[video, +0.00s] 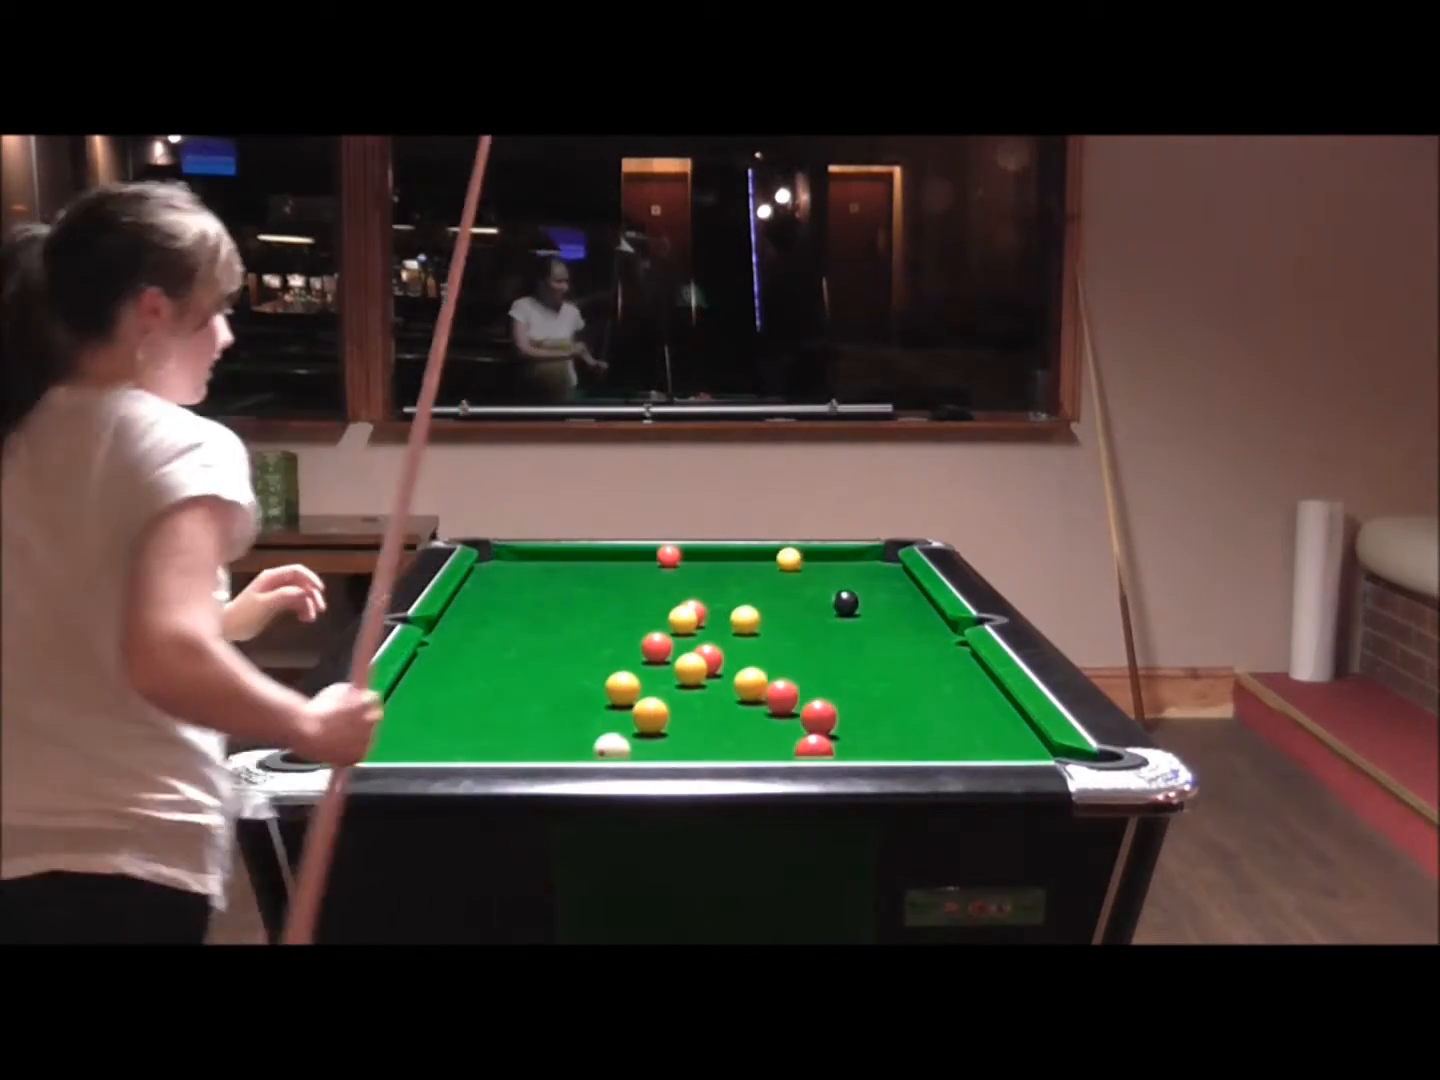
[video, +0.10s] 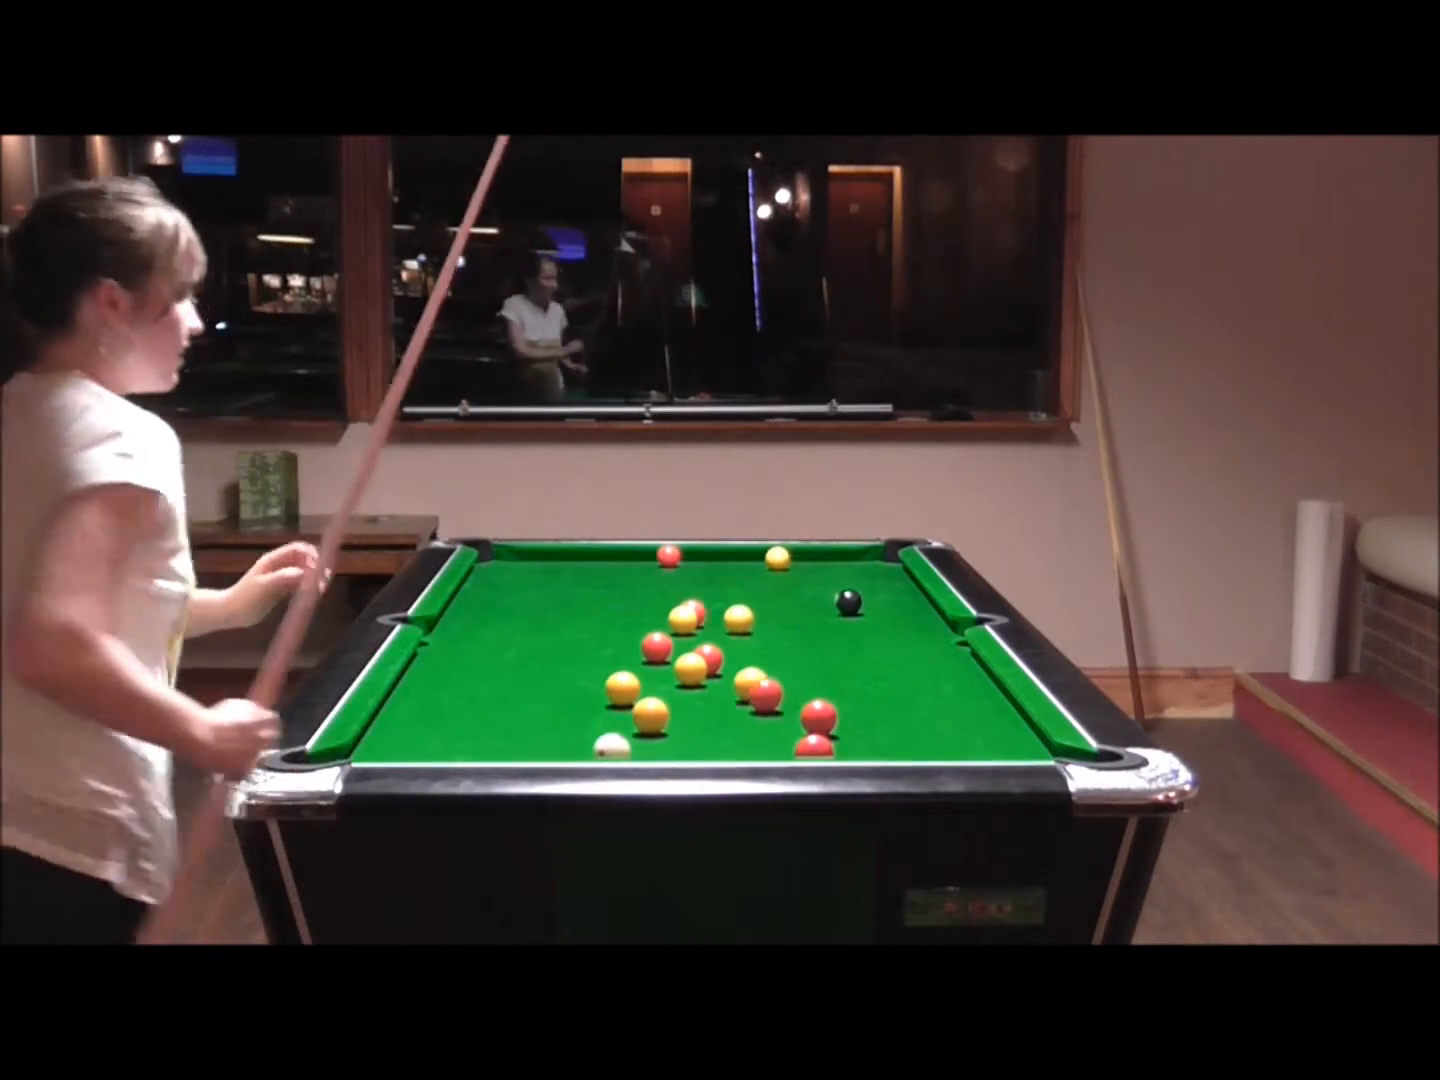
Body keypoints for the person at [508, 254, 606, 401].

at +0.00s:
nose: (564, 288)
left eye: (566, 282)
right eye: (558, 282)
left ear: (569, 283)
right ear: (542, 282)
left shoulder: (571, 312)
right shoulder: (523, 308)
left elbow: (576, 345)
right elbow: (524, 349)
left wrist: (591, 362)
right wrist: (567, 354)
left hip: (566, 387)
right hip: (533, 386)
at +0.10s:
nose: (554, 285)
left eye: (555, 279)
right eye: (547, 279)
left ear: (557, 280)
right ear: (531, 281)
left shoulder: (557, 310)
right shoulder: (514, 306)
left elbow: (557, 347)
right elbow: (520, 351)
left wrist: (570, 365)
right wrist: (563, 352)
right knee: (548, 372)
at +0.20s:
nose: (549, 282)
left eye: (550, 275)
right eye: (543, 276)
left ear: (553, 277)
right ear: (527, 277)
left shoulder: (548, 307)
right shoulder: (512, 302)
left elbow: (551, 345)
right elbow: (523, 348)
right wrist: (566, 349)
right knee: (545, 369)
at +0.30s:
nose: (544, 279)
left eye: (544, 274)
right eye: (539, 274)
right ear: (524, 276)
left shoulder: (530, 306)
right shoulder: (514, 306)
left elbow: (539, 345)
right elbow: (536, 345)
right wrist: (574, 341)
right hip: (497, 393)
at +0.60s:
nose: (533, 288)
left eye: (532, 282)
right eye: (529, 281)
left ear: (513, 282)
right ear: (513, 282)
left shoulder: (497, 303)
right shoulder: (509, 307)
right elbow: (548, 353)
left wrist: (569, 347)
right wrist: (580, 352)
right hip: (477, 386)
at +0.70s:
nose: (530, 290)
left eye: (530, 284)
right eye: (527, 284)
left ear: (510, 285)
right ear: (510, 284)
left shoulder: (492, 304)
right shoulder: (509, 310)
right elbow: (547, 356)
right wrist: (579, 358)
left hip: (451, 381)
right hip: (471, 386)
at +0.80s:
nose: (526, 297)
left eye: (525, 291)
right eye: (522, 291)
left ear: (502, 290)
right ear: (507, 290)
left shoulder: (475, 305)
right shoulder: (508, 317)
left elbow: (432, 316)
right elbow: (539, 360)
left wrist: (441, 348)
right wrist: (573, 368)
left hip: (432, 382)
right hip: (458, 390)